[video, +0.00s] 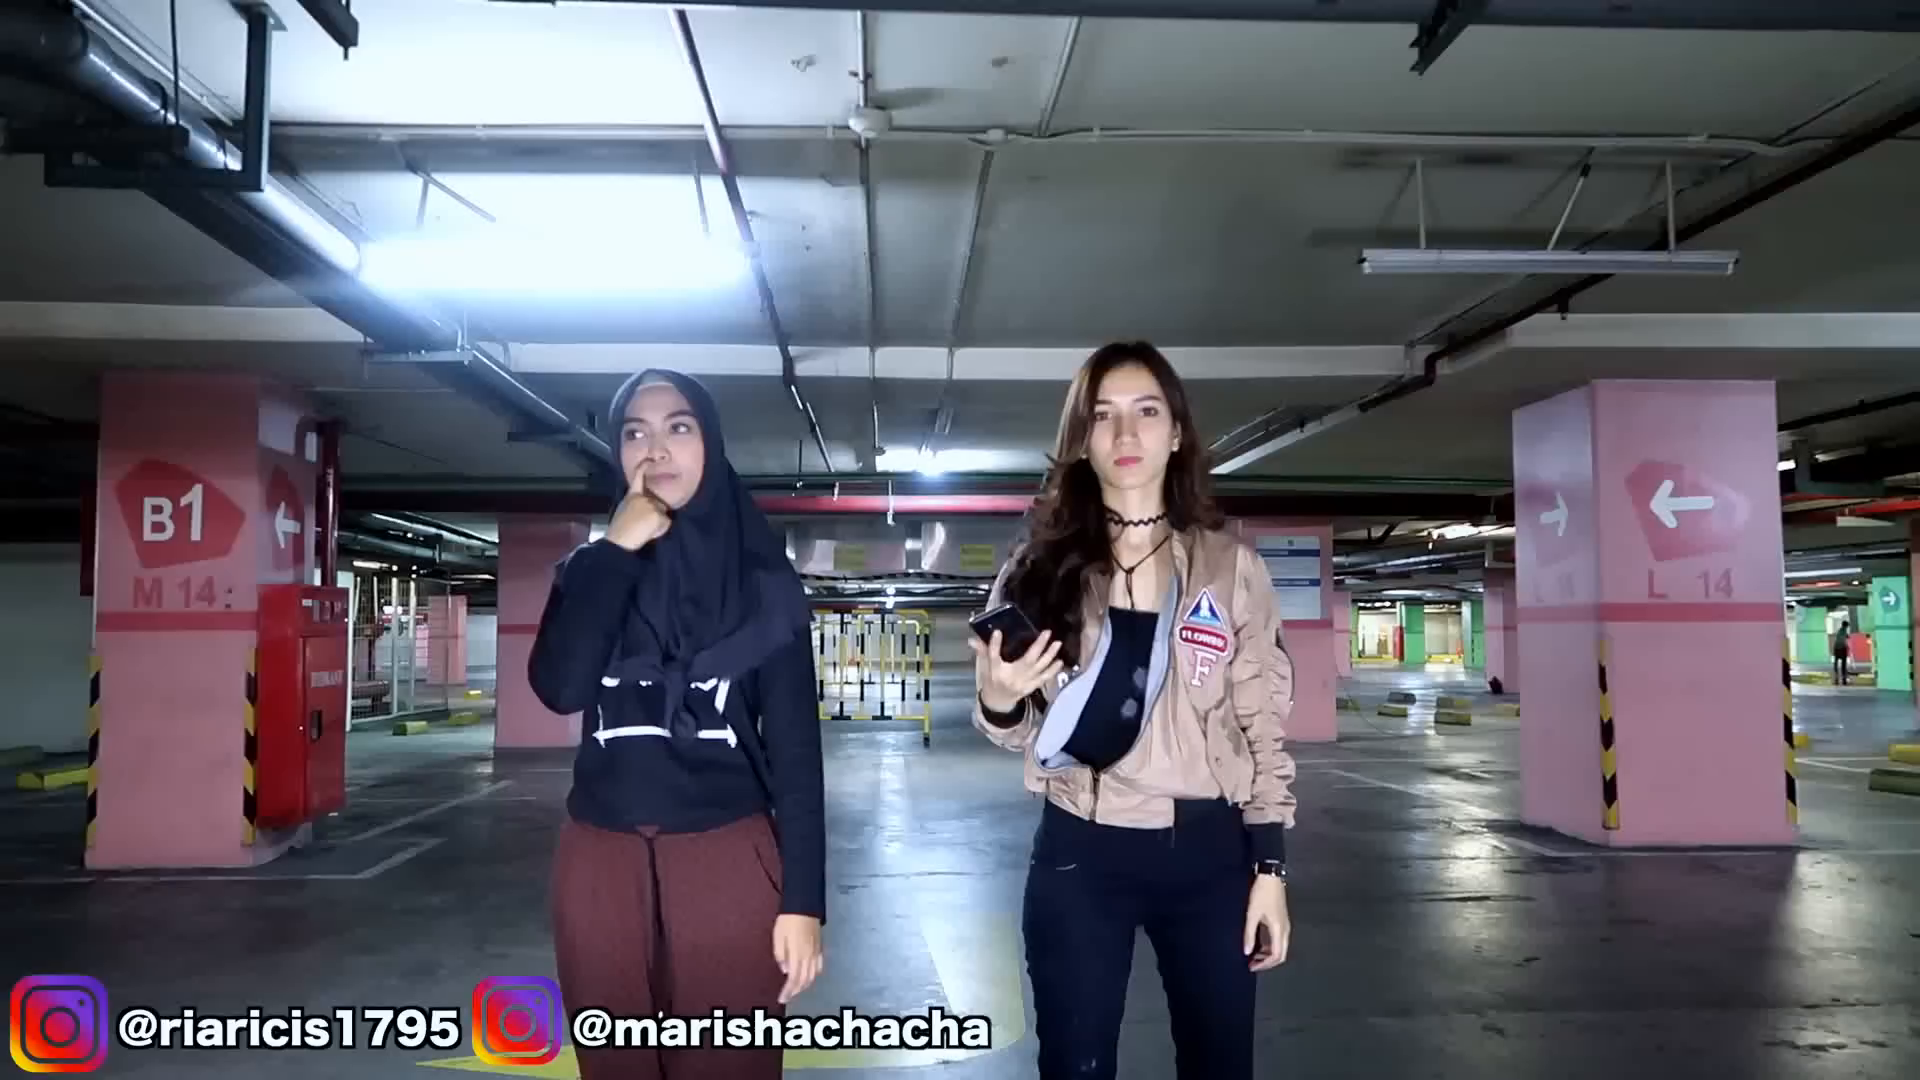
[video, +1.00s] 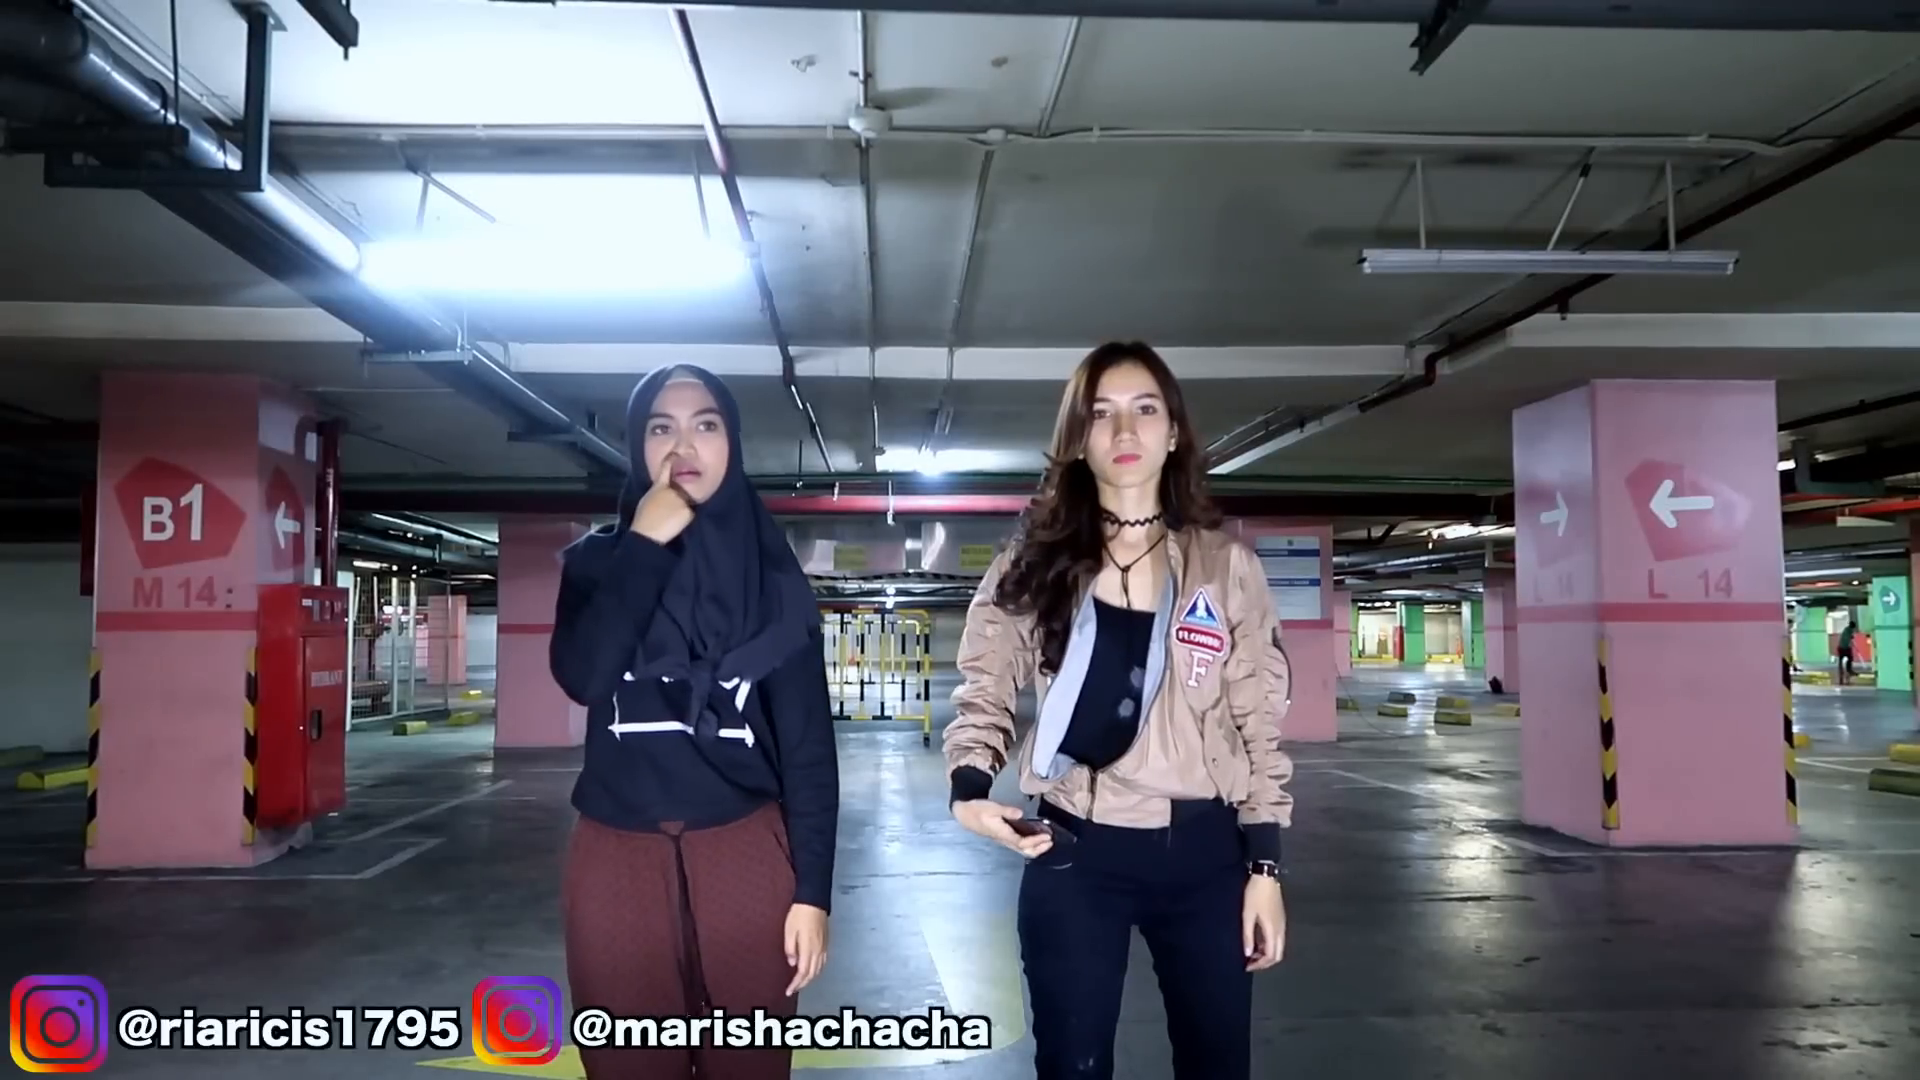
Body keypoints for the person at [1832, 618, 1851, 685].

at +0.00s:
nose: (1847, 627)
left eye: (1847, 626)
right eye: (1847, 626)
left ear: (1842, 625)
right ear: (1846, 626)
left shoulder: (1839, 631)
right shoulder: (1844, 632)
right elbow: (1845, 642)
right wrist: (1848, 649)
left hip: (1836, 649)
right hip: (1843, 649)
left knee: (1835, 665)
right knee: (1843, 666)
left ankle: (1836, 679)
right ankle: (1844, 679)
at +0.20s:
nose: (1849, 627)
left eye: (1849, 626)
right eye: (1849, 626)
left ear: (1844, 624)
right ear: (1848, 625)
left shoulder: (1842, 631)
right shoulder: (1845, 632)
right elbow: (1845, 643)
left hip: (1840, 652)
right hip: (1843, 652)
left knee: (1838, 666)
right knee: (1843, 667)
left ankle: (1838, 679)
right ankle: (1844, 679)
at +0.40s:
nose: (1850, 627)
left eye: (1849, 625)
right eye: (1849, 625)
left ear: (1845, 624)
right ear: (1849, 625)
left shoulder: (1843, 630)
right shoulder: (1846, 631)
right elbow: (1846, 642)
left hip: (1841, 650)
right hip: (1843, 650)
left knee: (1842, 666)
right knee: (1843, 666)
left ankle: (1842, 679)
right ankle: (1843, 679)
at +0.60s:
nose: (1850, 627)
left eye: (1850, 626)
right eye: (1850, 626)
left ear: (1846, 624)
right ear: (1850, 625)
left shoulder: (1844, 630)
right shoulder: (1846, 631)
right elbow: (1846, 642)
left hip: (1841, 649)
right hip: (1843, 649)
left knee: (1842, 666)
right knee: (1843, 666)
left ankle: (1842, 679)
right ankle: (1843, 680)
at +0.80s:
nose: (1851, 627)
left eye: (1851, 625)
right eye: (1851, 625)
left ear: (1847, 624)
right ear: (1851, 625)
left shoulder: (1844, 630)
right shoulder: (1847, 630)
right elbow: (1848, 641)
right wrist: (1854, 648)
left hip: (1840, 648)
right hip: (1844, 648)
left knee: (1842, 665)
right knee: (1843, 665)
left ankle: (1842, 679)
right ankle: (1843, 679)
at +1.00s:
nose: (1854, 628)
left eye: (1853, 627)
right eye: (1854, 627)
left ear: (1849, 625)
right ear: (1853, 626)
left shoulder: (1845, 630)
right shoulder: (1850, 630)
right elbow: (1850, 637)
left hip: (1841, 647)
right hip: (1847, 647)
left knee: (1840, 662)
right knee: (1850, 659)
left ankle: (1840, 677)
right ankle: (1849, 669)